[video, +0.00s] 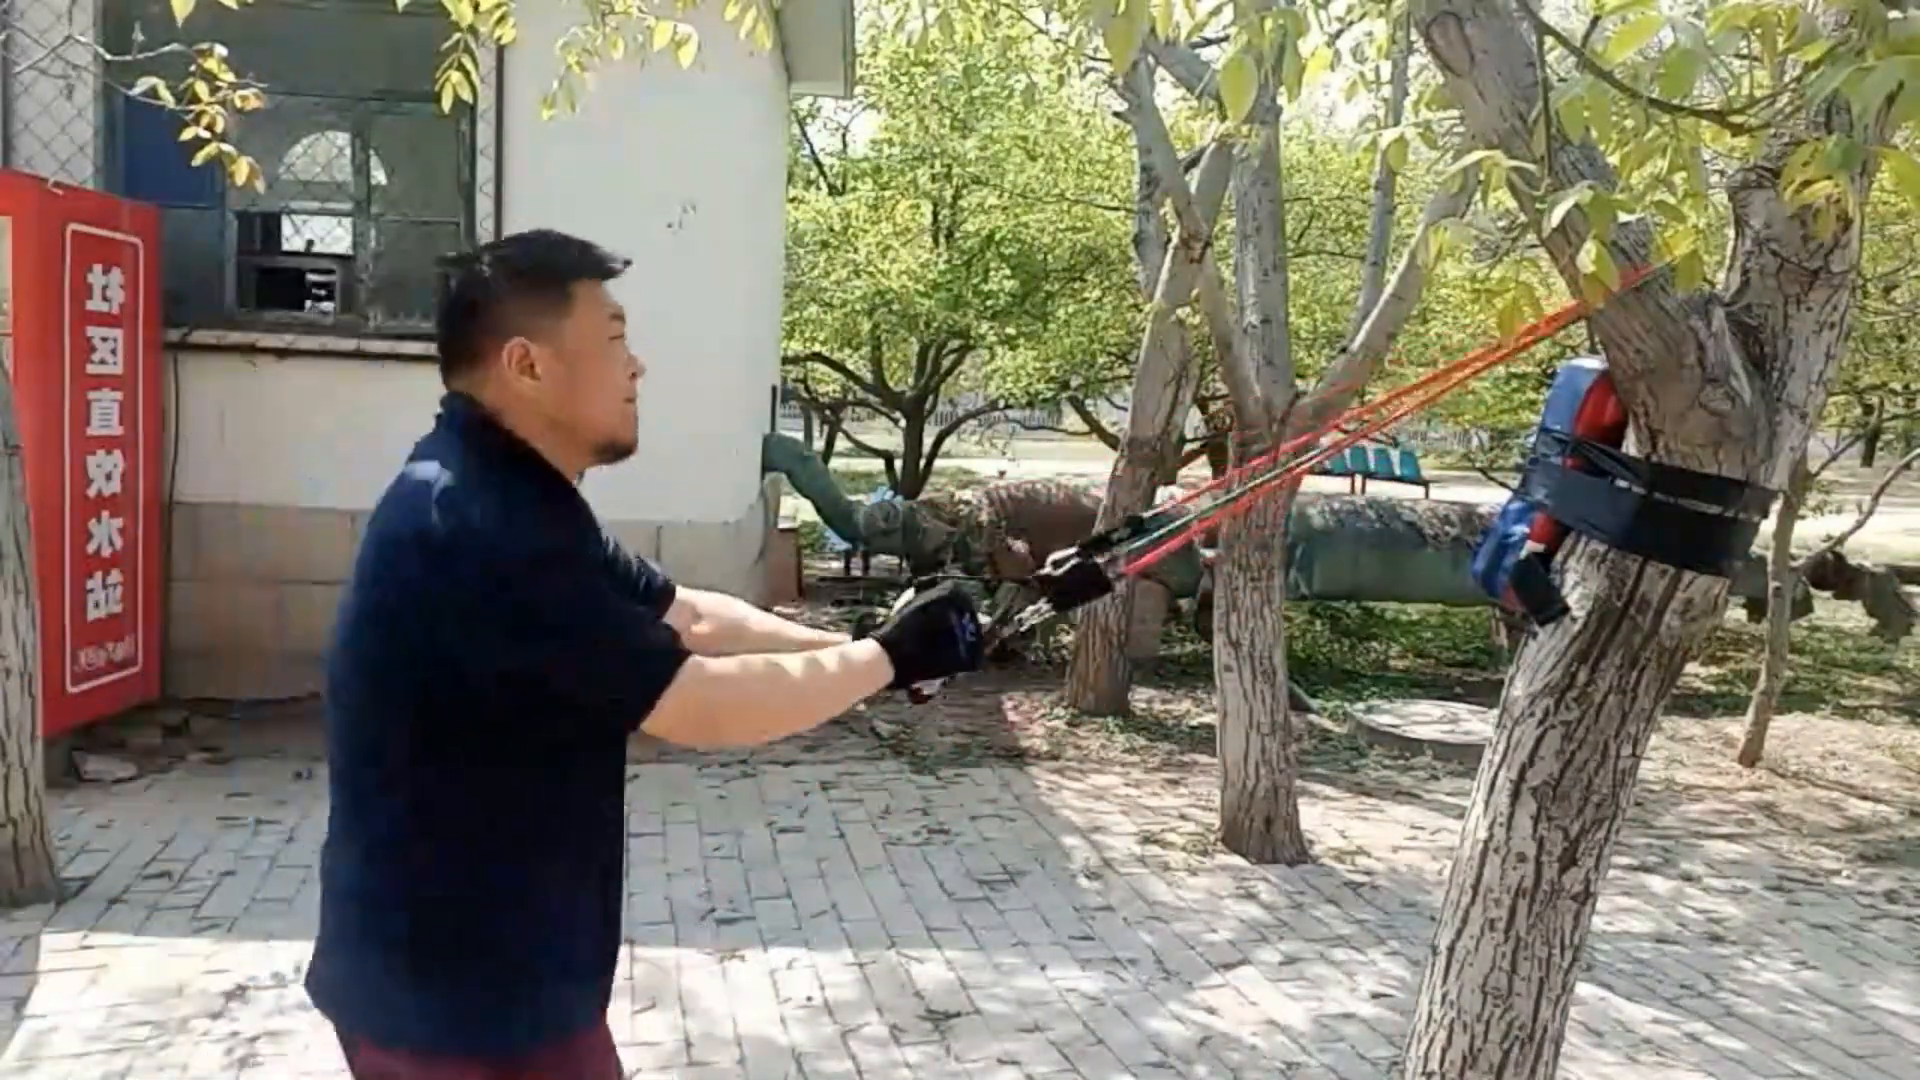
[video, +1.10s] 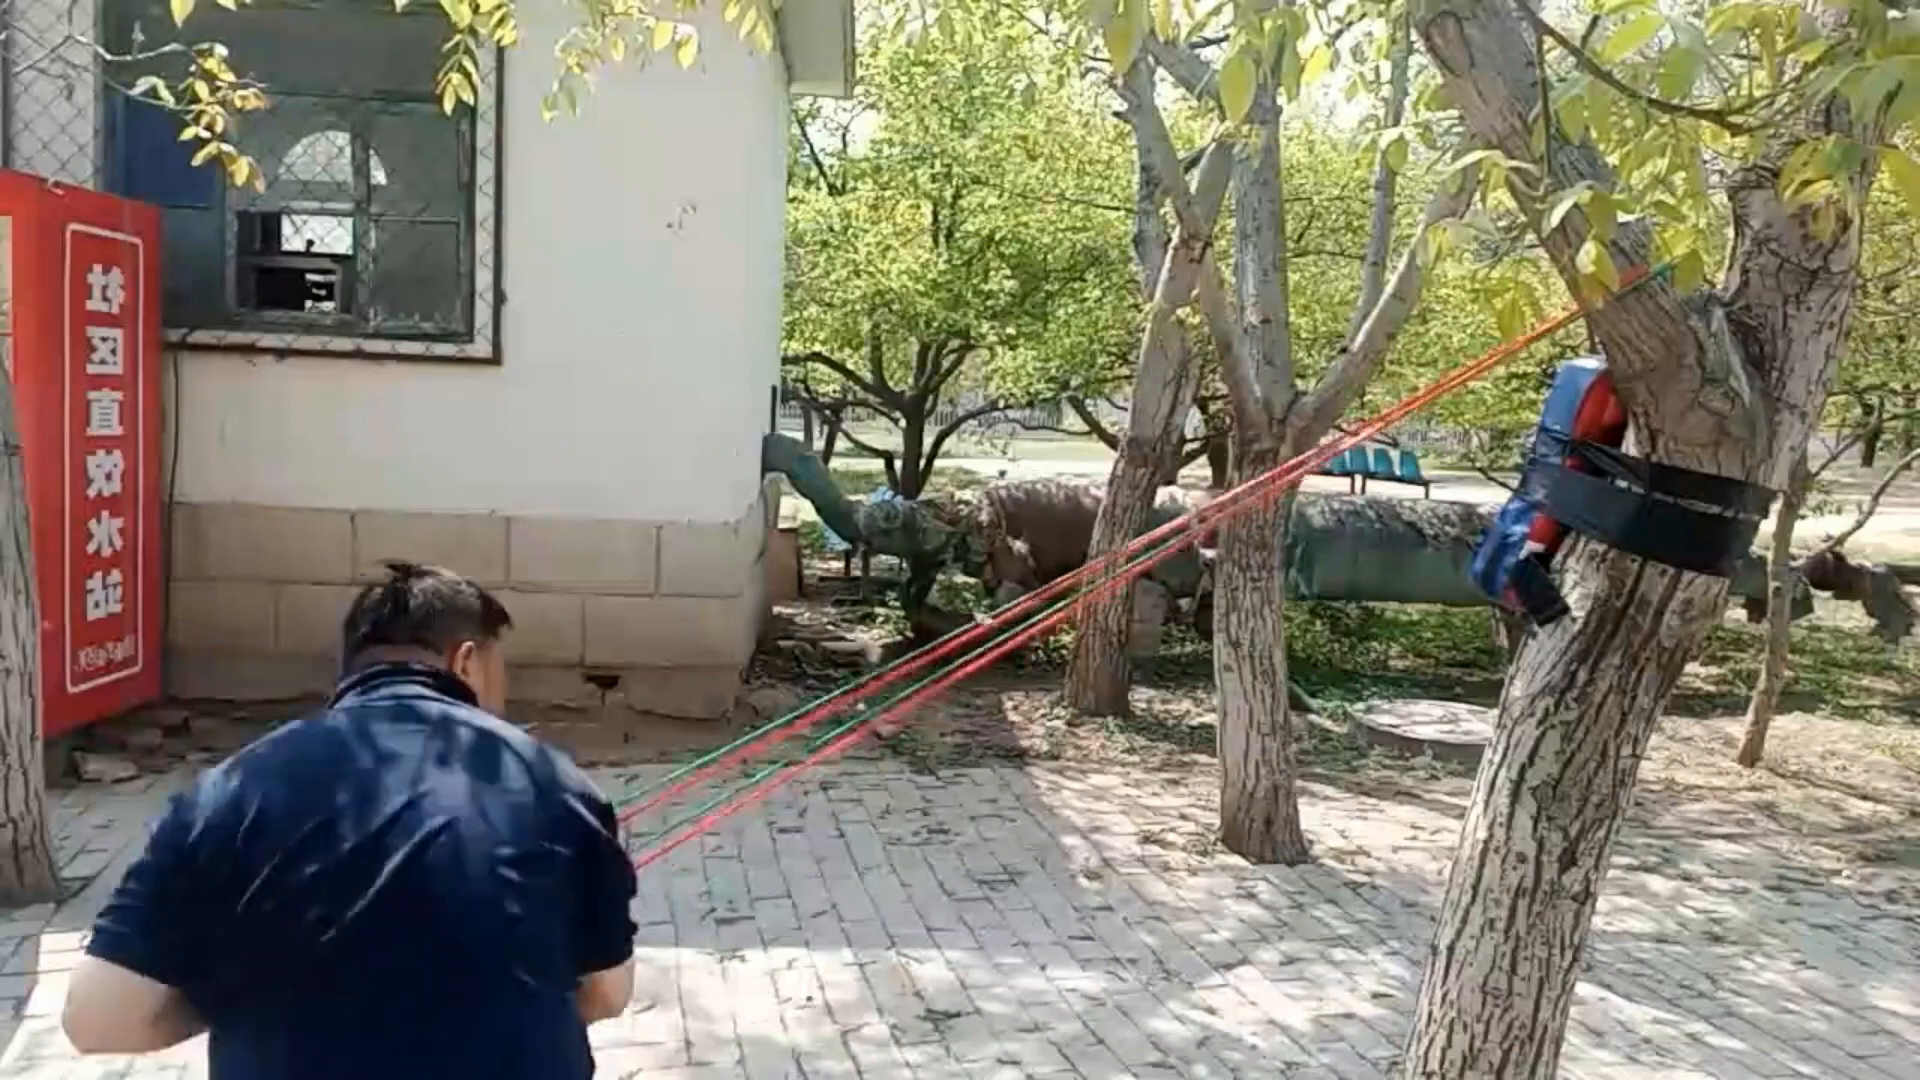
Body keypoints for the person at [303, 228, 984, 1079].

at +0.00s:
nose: (638, 365)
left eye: (625, 335)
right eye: (613, 336)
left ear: (524, 370)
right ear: (526, 366)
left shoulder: (499, 493)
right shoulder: (492, 528)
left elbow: (687, 618)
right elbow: (697, 708)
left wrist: (866, 655)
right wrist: (886, 661)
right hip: (478, 1014)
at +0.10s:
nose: (658, 380)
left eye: (647, 353)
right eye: (635, 355)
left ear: (550, 382)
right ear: (555, 380)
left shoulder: (489, 498)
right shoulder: (528, 540)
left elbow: (680, 620)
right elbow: (717, 733)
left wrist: (870, 648)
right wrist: (904, 679)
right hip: (506, 1022)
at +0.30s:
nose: (696, 453)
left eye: (690, 425)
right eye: (691, 424)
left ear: (547, 431)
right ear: (662, 423)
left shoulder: (459, 535)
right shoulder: (626, 577)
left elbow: (686, 616)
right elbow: (772, 750)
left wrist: (854, 614)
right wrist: (914, 623)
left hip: (361, 1002)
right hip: (538, 1023)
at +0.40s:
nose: (633, 506)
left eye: (633, 478)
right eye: (633, 474)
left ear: (492, 460)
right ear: (613, 459)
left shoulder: (405, 564)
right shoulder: (585, 566)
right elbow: (735, 657)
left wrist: (780, 604)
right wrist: (792, 499)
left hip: (350, 1028)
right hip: (546, 1035)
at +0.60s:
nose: (521, 589)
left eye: (520, 571)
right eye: (520, 569)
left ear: (371, 570)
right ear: (505, 562)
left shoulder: (261, 706)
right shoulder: (580, 666)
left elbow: (245, 887)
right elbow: (695, 845)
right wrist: (589, 831)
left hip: (308, 1060)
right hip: (536, 1057)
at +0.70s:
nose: (482, 678)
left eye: (481, 656)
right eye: (481, 655)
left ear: (332, 666)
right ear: (458, 650)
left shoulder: (229, 780)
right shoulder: (550, 764)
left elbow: (110, 1020)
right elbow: (611, 981)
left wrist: (269, 977)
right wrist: (484, 965)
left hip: (303, 1071)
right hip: (529, 1071)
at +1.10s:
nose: (505, 701)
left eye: (505, 676)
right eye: (502, 673)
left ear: (353, 671)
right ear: (465, 660)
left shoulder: (232, 788)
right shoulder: (551, 781)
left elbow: (99, 1020)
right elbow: (606, 992)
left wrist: (263, 979)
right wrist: (481, 993)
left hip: (292, 1071)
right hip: (516, 1071)